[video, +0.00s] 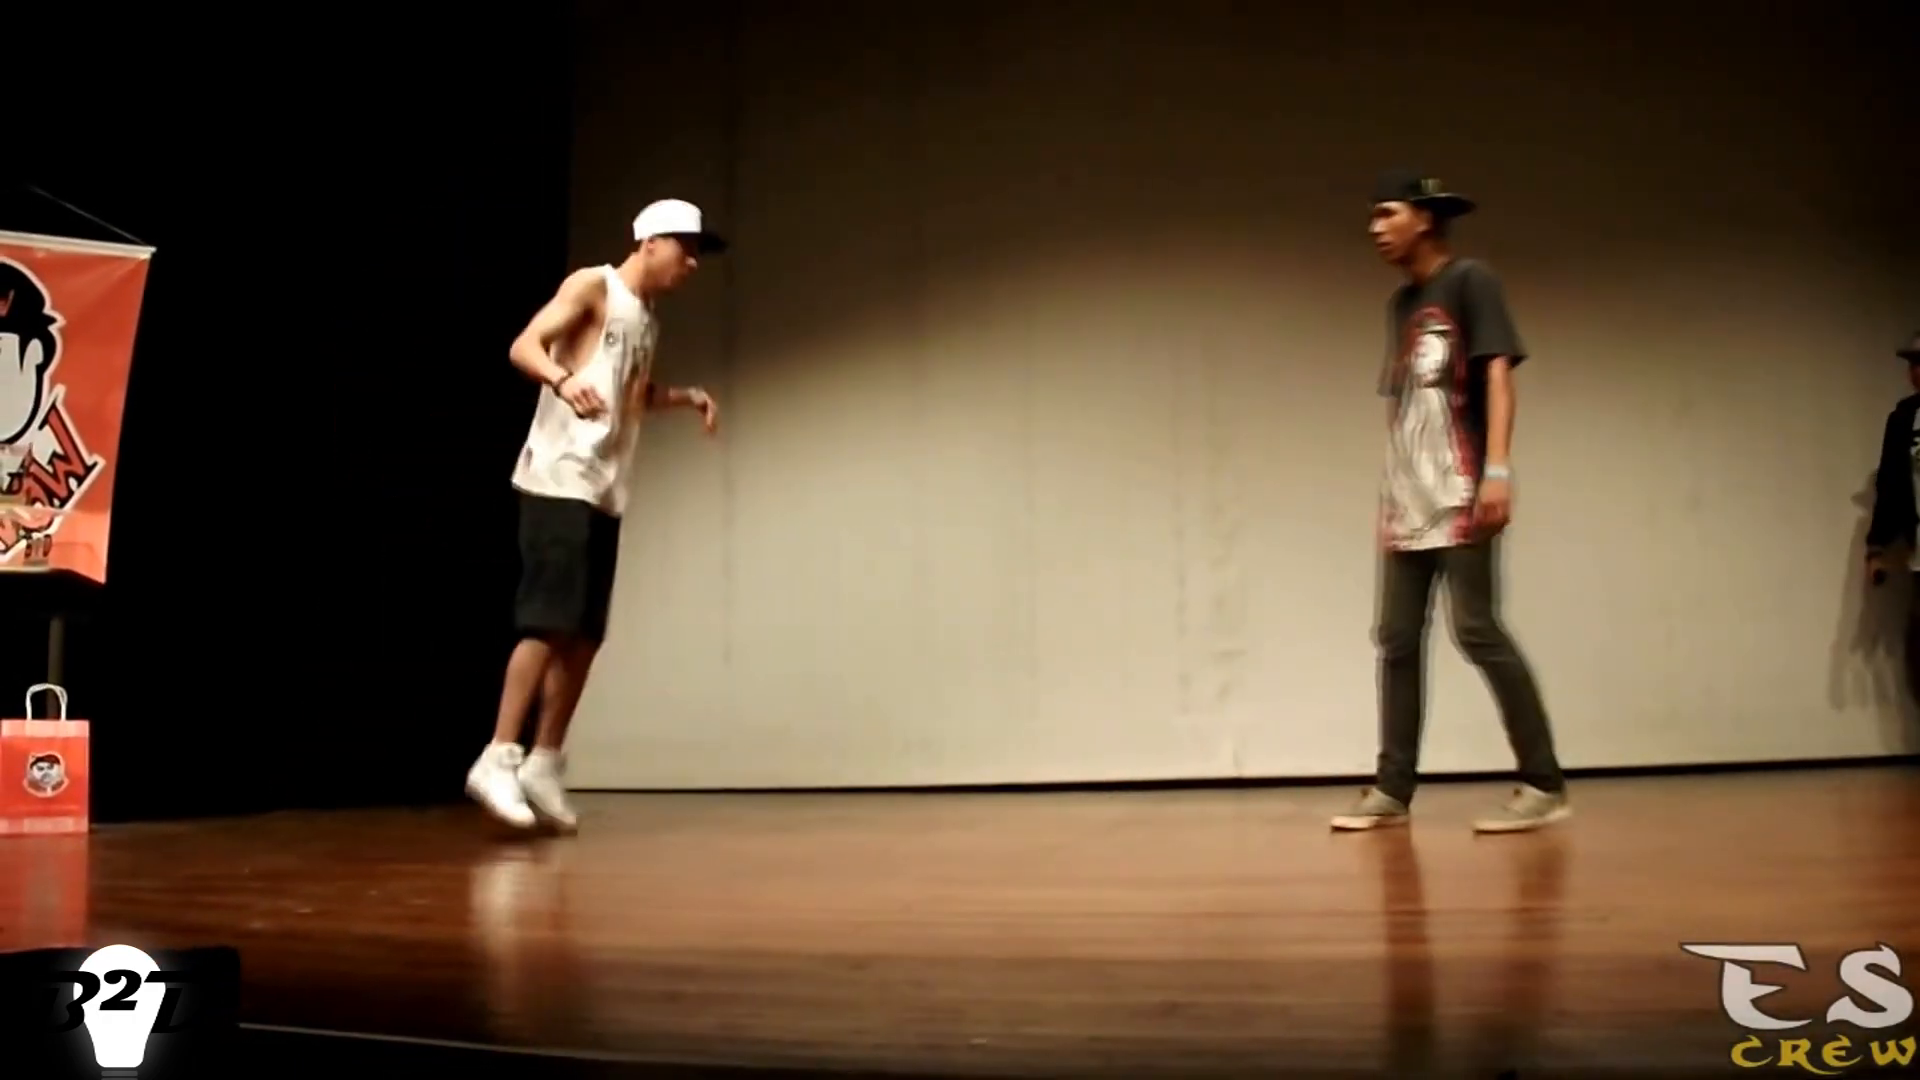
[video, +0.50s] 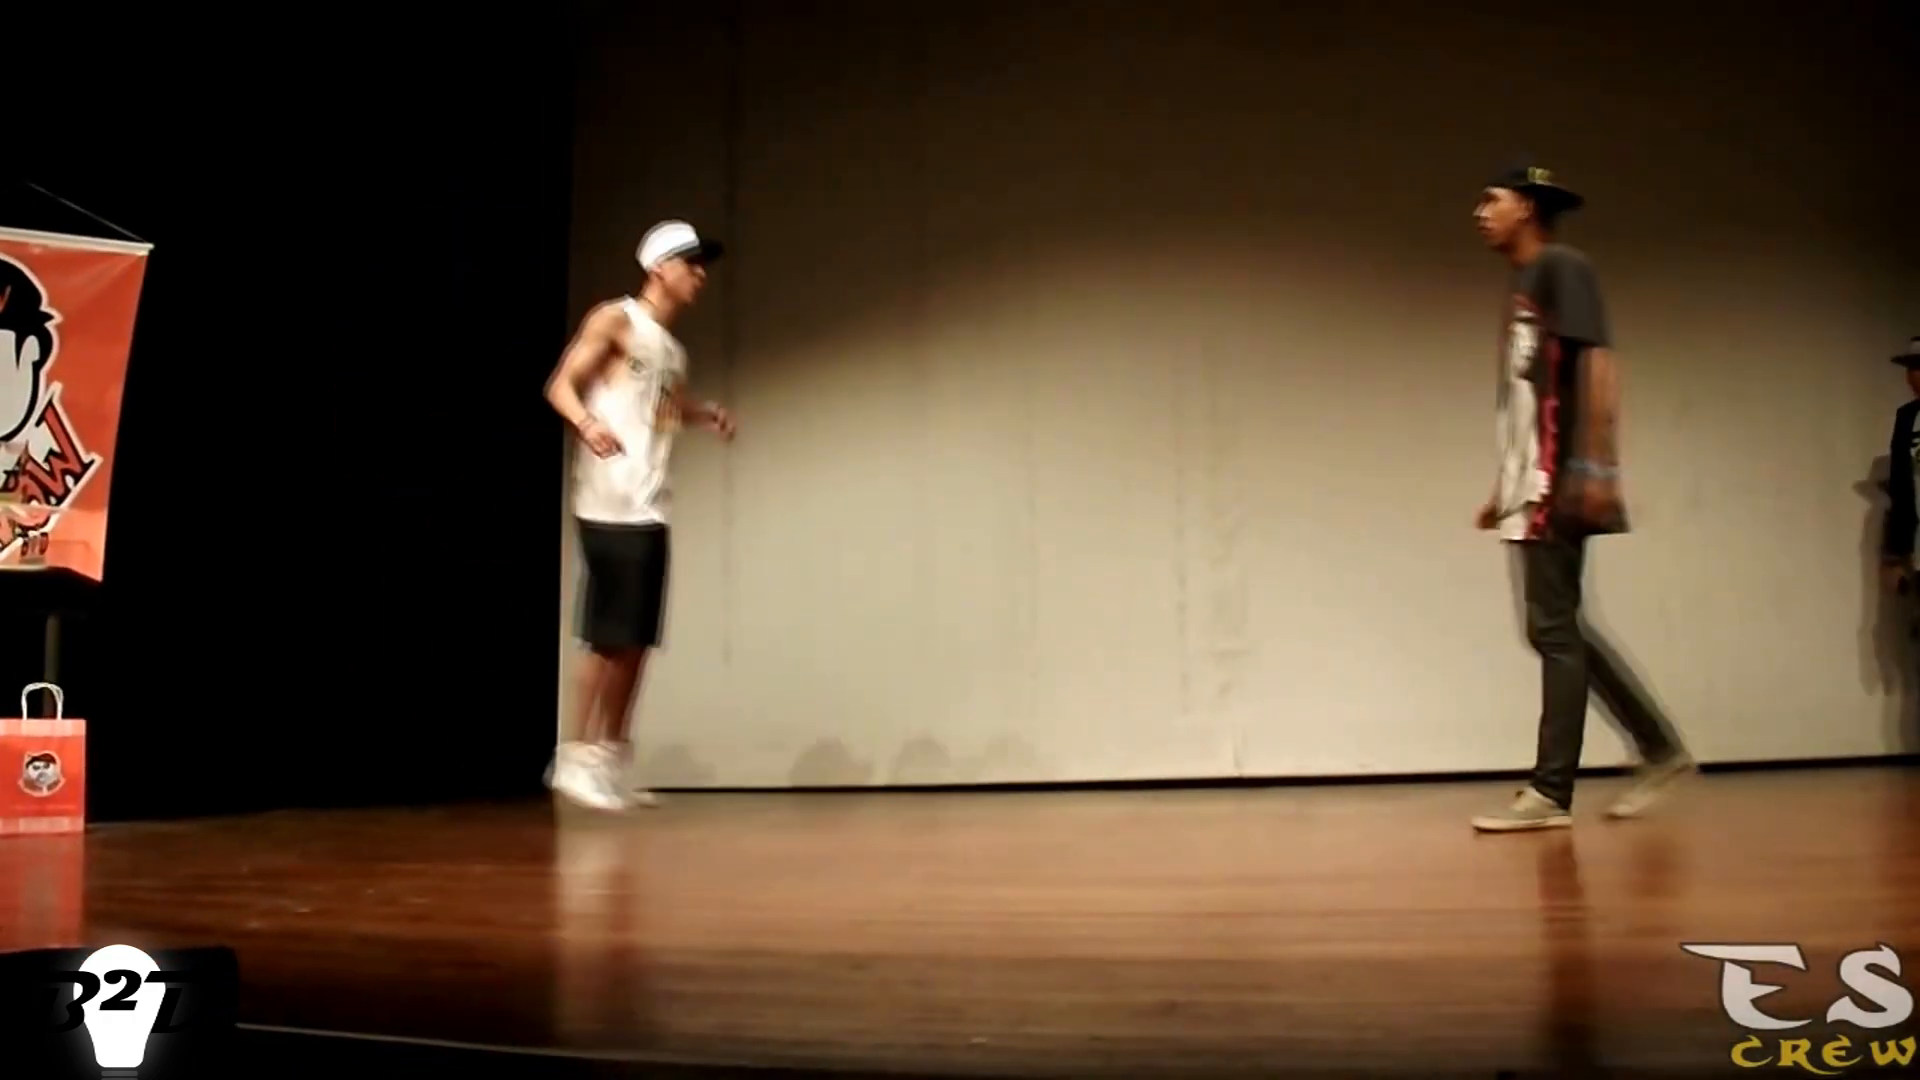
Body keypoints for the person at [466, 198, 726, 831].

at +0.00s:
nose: (689, 267)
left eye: (693, 257)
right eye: (683, 251)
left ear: (675, 258)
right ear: (647, 242)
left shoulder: (646, 319)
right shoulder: (590, 286)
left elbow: (633, 397)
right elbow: (525, 346)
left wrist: (682, 398)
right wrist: (563, 380)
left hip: (604, 490)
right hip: (556, 482)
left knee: (583, 635)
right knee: (545, 626)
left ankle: (544, 766)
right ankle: (497, 760)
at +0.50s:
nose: (700, 275)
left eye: (700, 265)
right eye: (690, 264)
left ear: (681, 273)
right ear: (658, 267)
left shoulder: (670, 348)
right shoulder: (613, 320)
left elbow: (664, 408)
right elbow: (560, 385)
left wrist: (709, 417)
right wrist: (587, 427)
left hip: (647, 506)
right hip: (608, 505)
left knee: (638, 638)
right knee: (613, 634)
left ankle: (610, 757)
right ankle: (577, 756)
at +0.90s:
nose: (745, 285)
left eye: (747, 277)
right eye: (733, 275)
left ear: (736, 287)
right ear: (701, 279)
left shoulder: (714, 361)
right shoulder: (661, 331)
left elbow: (705, 430)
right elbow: (603, 393)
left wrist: (753, 429)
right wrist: (642, 423)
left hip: (689, 514)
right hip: (654, 511)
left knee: (675, 634)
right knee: (692, 628)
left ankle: (648, 755)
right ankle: (676, 758)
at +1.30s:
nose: (792, 290)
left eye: (795, 279)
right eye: (784, 277)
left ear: (776, 281)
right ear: (750, 273)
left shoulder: (744, 347)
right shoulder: (701, 326)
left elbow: (733, 424)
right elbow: (654, 393)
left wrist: (796, 437)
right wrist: (730, 394)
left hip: (737, 534)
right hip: (687, 533)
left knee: (757, 659)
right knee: (710, 662)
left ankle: (695, 757)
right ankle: (703, 792)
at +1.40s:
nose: (808, 274)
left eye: (811, 264)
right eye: (799, 260)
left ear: (791, 268)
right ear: (762, 257)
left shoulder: (765, 335)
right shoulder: (712, 311)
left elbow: (754, 417)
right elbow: (671, 382)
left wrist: (816, 431)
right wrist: (756, 373)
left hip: (754, 521)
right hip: (693, 522)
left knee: (789, 644)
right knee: (703, 662)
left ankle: (785, 783)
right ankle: (701, 789)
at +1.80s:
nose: (835, 264)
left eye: (841, 253)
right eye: (826, 247)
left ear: (822, 253)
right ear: (787, 236)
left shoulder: (779, 331)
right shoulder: (724, 282)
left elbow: (779, 413)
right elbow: (668, 364)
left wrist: (828, 423)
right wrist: (719, 437)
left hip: (746, 499)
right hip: (681, 483)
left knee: (791, 634)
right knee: (729, 610)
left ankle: (819, 788)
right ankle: (676, 773)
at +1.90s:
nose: (809, 257)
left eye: (814, 246)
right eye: (800, 240)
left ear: (797, 249)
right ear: (760, 233)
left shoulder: (755, 314)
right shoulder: (702, 286)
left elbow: (745, 414)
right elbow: (643, 375)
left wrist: (809, 418)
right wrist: (685, 446)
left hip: (715, 502)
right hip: (656, 492)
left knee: (781, 635)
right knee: (688, 625)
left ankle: (721, 769)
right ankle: (609, 789)